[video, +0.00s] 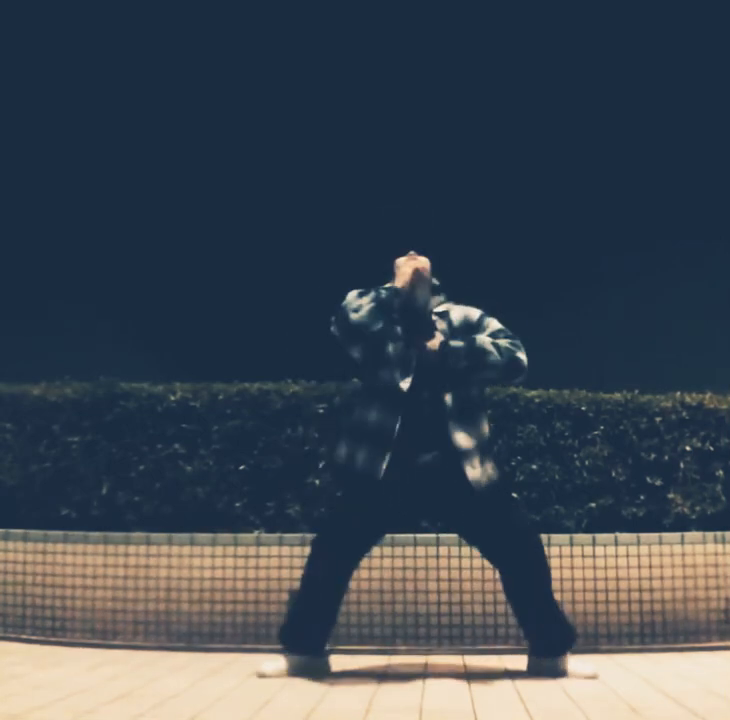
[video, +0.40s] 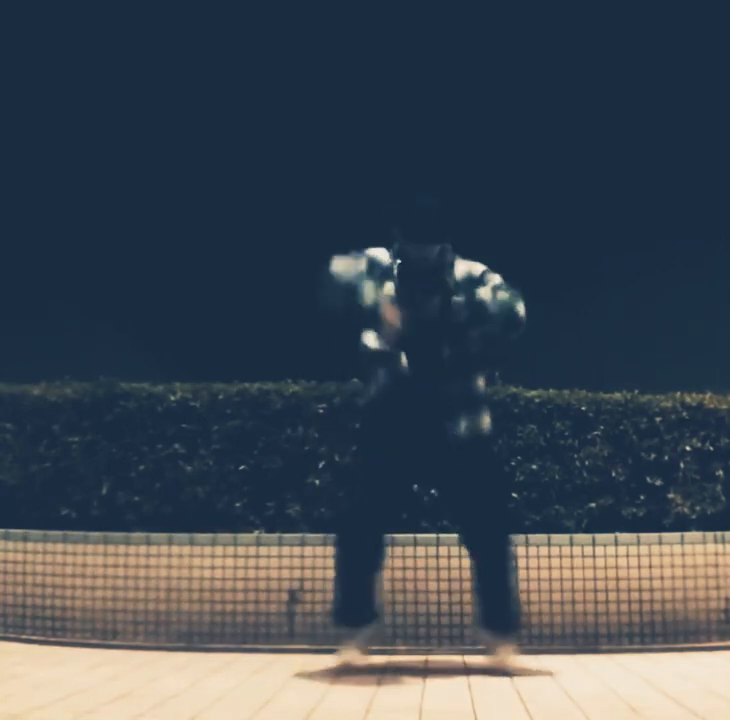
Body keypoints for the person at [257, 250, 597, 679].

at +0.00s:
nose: (413, 275)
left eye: (421, 270)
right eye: (405, 269)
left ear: (434, 282)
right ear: (391, 279)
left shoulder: (464, 318)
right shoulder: (370, 310)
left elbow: (514, 358)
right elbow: (348, 323)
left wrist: (447, 350)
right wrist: (396, 289)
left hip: (458, 476)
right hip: (378, 476)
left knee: (519, 546)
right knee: (333, 551)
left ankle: (548, 651)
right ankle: (304, 651)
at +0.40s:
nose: (422, 260)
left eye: (433, 250)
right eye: (413, 249)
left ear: (447, 245)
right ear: (399, 243)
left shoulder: (468, 275)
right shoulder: (379, 270)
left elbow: (510, 309)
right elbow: (334, 275)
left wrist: (438, 321)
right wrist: (377, 305)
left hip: (462, 430)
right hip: (389, 429)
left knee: (488, 527)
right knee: (359, 523)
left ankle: (501, 638)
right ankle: (355, 635)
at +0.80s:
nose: (420, 251)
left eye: (428, 240)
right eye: (410, 241)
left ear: (442, 242)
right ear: (395, 245)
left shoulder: (474, 290)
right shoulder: (370, 307)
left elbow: (515, 326)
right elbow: (338, 385)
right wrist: (352, 435)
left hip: (464, 447)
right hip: (390, 450)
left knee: (485, 533)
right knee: (351, 533)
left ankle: (484, 646)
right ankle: (358, 646)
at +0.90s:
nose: (416, 254)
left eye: (424, 244)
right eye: (409, 244)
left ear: (441, 249)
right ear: (397, 250)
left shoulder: (470, 300)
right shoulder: (373, 298)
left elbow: (482, 361)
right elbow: (355, 365)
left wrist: (443, 331)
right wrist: (380, 404)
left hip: (454, 444)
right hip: (389, 446)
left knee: (460, 542)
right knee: (379, 543)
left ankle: (473, 644)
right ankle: (370, 645)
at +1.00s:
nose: (409, 251)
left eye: (419, 240)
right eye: (401, 240)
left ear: (437, 242)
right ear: (389, 242)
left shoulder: (458, 292)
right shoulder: (379, 292)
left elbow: (489, 328)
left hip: (448, 427)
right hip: (390, 427)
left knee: (453, 536)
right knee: (383, 536)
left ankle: (471, 643)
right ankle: (371, 642)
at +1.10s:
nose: (427, 245)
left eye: (436, 236)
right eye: (417, 235)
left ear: (450, 239)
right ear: (399, 240)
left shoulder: (466, 278)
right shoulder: (383, 279)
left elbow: (497, 250)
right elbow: (365, 227)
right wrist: (390, 195)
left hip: (449, 415)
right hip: (390, 413)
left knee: (451, 528)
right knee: (382, 529)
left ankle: (472, 643)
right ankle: (372, 642)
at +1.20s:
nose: (426, 250)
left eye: (434, 242)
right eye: (416, 241)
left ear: (448, 248)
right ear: (401, 247)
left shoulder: (460, 291)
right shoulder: (384, 288)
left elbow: (488, 269)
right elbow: (356, 325)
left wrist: (457, 247)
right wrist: (363, 267)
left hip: (451, 426)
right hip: (391, 428)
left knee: (456, 532)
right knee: (382, 532)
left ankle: (471, 643)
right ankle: (372, 643)